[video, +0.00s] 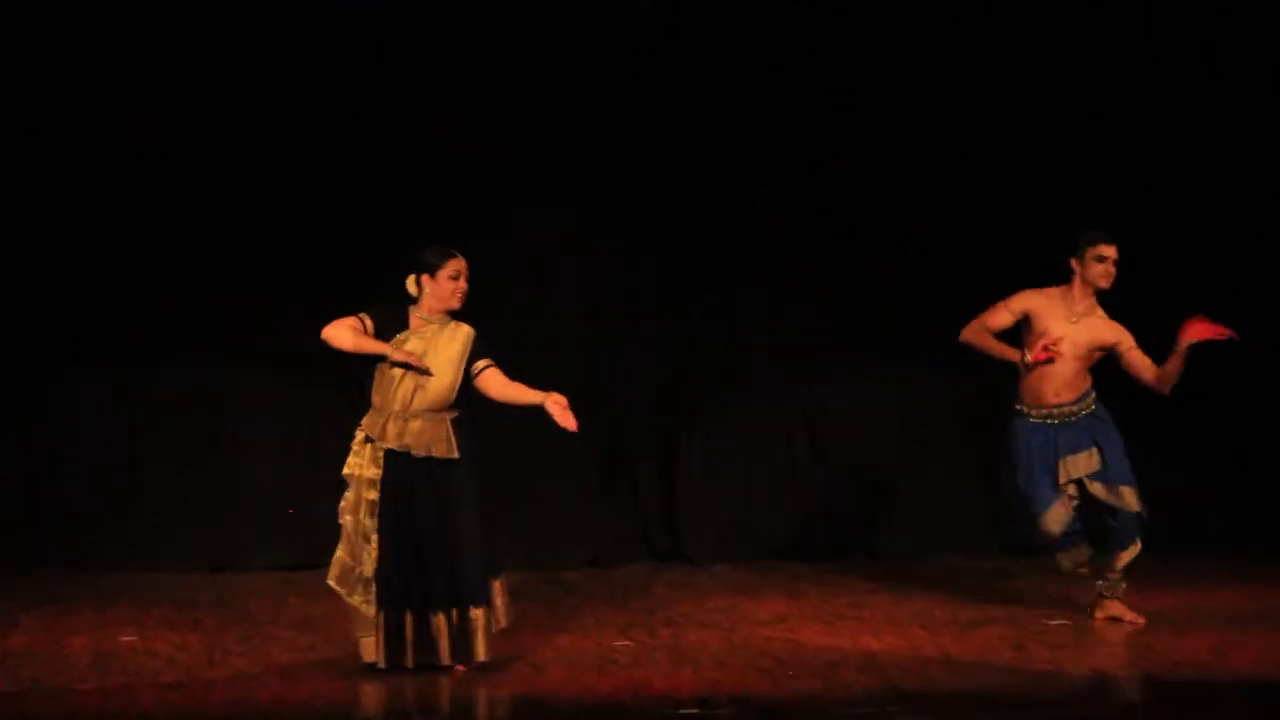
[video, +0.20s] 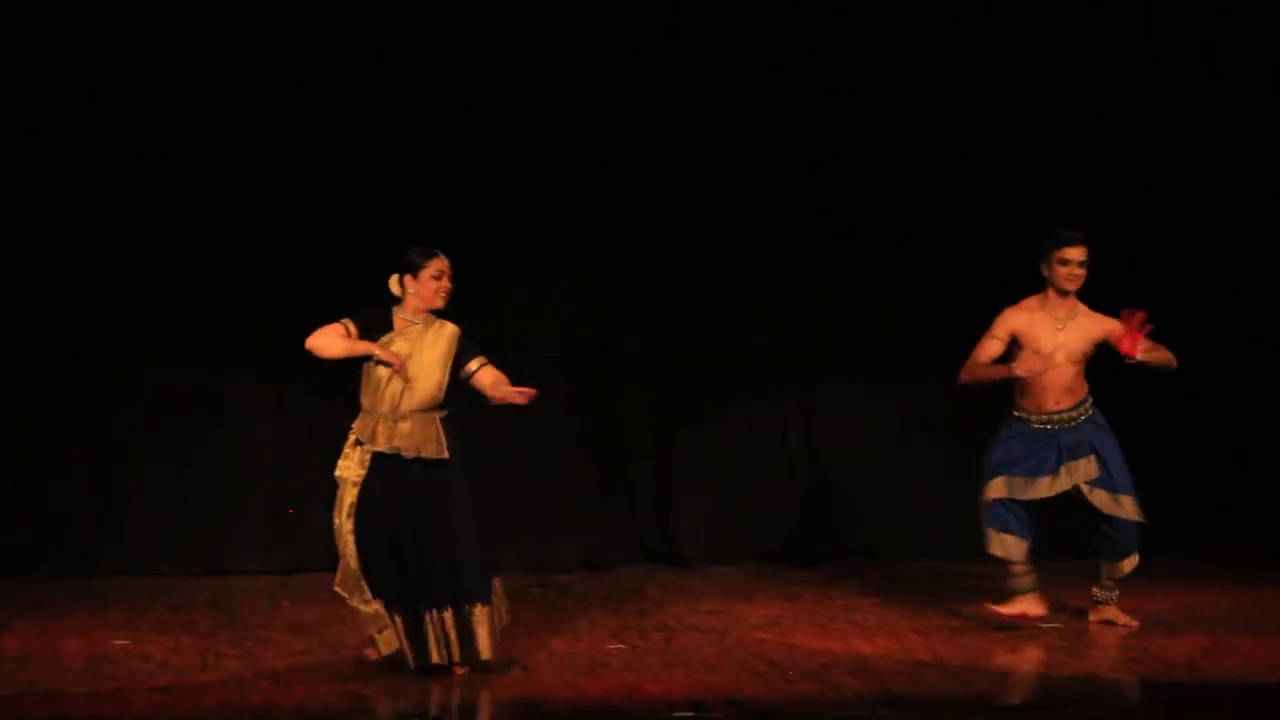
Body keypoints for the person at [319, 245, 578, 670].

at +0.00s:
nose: (463, 286)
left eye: (465, 279)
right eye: (454, 277)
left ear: (463, 285)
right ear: (424, 281)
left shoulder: (462, 339)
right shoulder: (390, 321)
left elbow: (495, 384)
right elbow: (332, 333)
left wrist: (543, 398)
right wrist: (389, 351)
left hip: (438, 451)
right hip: (384, 449)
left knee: (449, 541)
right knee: (391, 544)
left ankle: (452, 650)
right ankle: (394, 649)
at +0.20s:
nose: (446, 286)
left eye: (448, 278)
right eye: (437, 277)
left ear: (443, 287)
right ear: (406, 282)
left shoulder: (448, 336)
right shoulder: (377, 323)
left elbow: (485, 376)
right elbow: (317, 342)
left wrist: (508, 392)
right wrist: (373, 349)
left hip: (428, 451)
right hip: (375, 452)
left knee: (446, 542)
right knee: (380, 547)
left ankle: (454, 650)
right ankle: (403, 643)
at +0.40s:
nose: (385, 277)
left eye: (391, 270)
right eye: (375, 269)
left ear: (398, 278)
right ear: (355, 276)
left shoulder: (412, 326)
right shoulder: (335, 322)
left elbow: (474, 360)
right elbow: (281, 359)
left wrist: (432, 369)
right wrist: (322, 358)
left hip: (399, 447)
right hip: (343, 448)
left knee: (419, 539)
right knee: (345, 545)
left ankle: (430, 646)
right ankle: (342, 647)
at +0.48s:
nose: (344, 279)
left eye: (353, 270)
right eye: (336, 273)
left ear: (370, 277)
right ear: (327, 282)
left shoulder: (396, 324)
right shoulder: (319, 328)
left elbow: (458, 354)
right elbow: (272, 370)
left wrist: (414, 367)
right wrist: (296, 373)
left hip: (386, 447)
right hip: (331, 449)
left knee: (399, 541)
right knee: (336, 545)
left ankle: (404, 647)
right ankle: (339, 648)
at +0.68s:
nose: (287, 292)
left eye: (297, 282)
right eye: (281, 286)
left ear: (323, 287)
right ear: (279, 294)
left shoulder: (357, 329)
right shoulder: (282, 344)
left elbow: (422, 347)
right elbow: (257, 390)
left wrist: (379, 369)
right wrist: (227, 404)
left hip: (352, 456)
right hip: (296, 457)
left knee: (360, 549)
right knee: (295, 551)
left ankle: (365, 653)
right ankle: (304, 653)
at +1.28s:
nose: (303, 275)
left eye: (308, 268)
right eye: (292, 268)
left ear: (316, 281)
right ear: (271, 282)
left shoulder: (335, 327)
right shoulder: (258, 327)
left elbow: (391, 342)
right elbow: (199, 353)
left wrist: (390, 319)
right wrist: (257, 354)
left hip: (320, 452)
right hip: (263, 451)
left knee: (328, 552)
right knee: (250, 549)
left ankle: (332, 657)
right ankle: (238, 655)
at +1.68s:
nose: (354, 287)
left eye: (357, 281)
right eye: (344, 279)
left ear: (358, 293)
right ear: (317, 289)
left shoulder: (365, 338)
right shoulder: (291, 337)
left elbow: (410, 326)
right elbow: (232, 344)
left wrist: (446, 281)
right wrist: (291, 355)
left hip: (346, 459)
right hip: (294, 459)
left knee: (357, 553)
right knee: (299, 556)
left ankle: (363, 657)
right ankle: (302, 657)